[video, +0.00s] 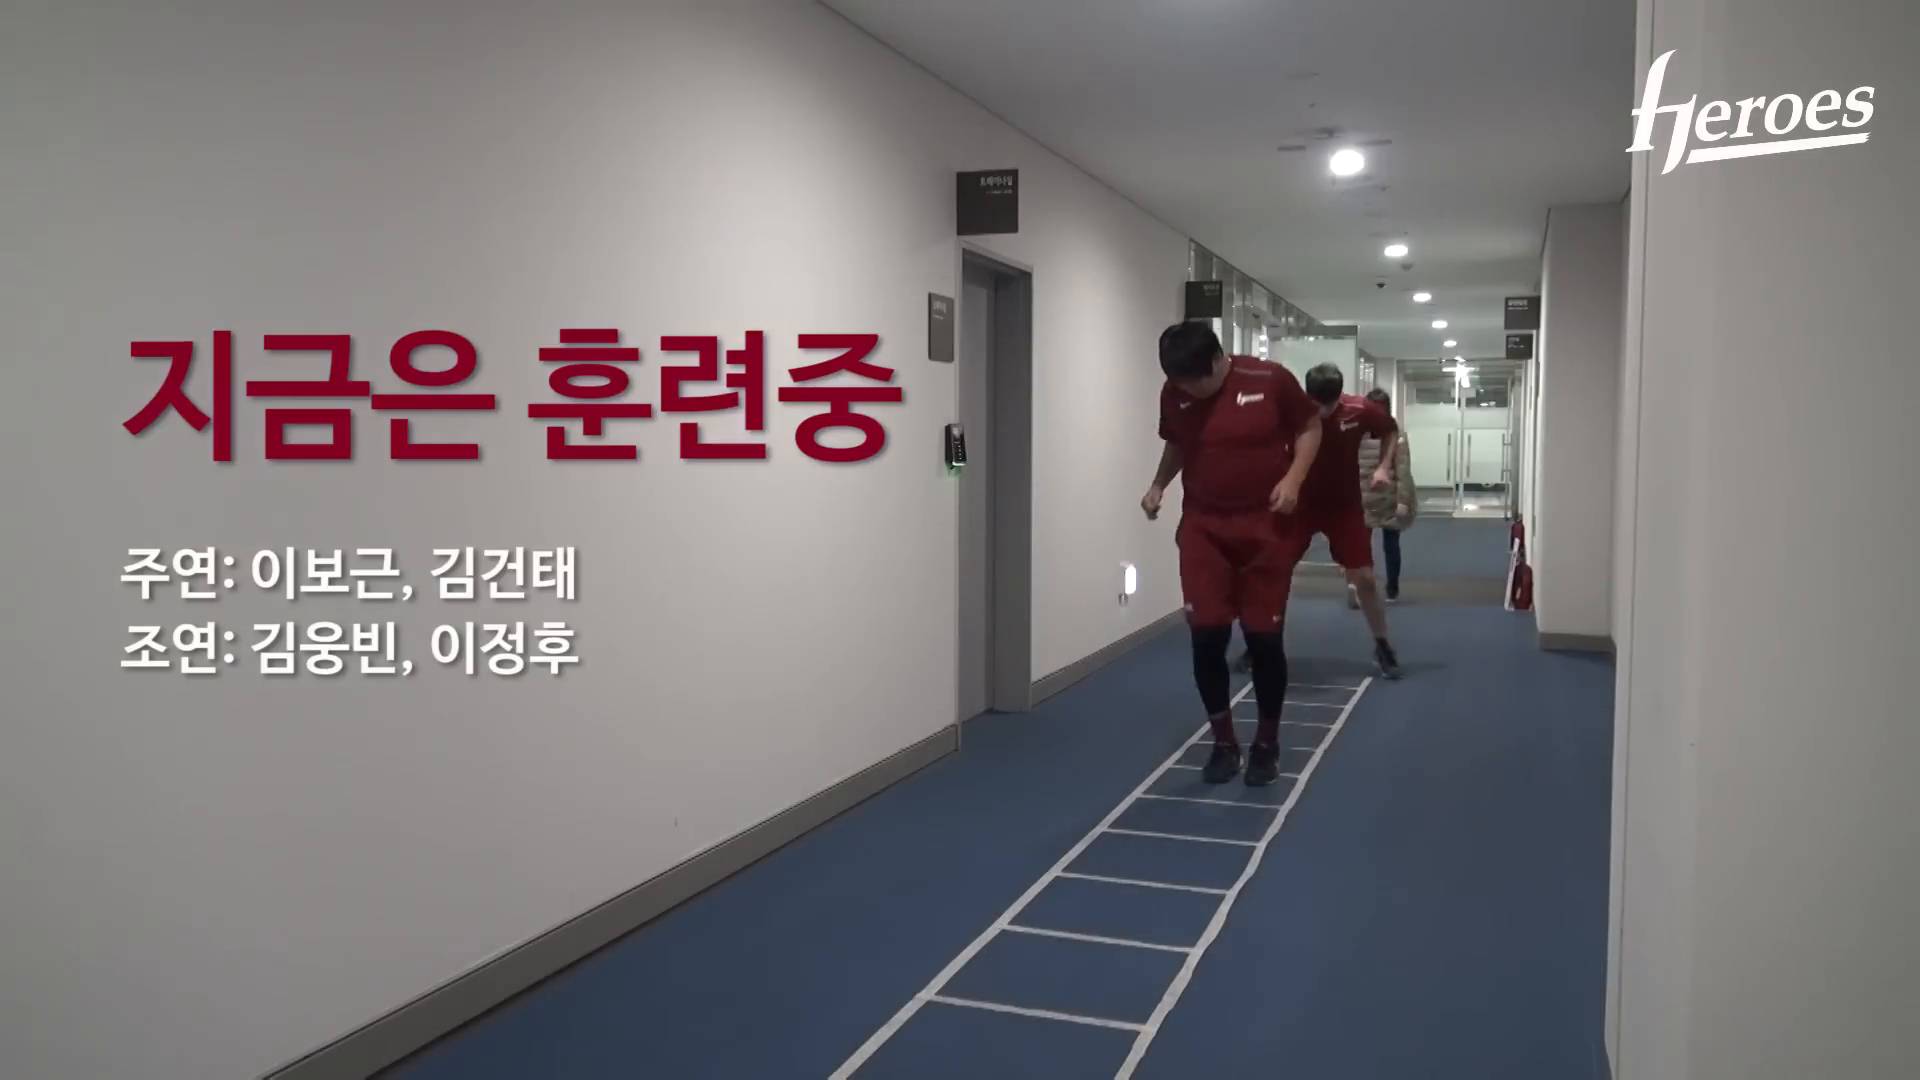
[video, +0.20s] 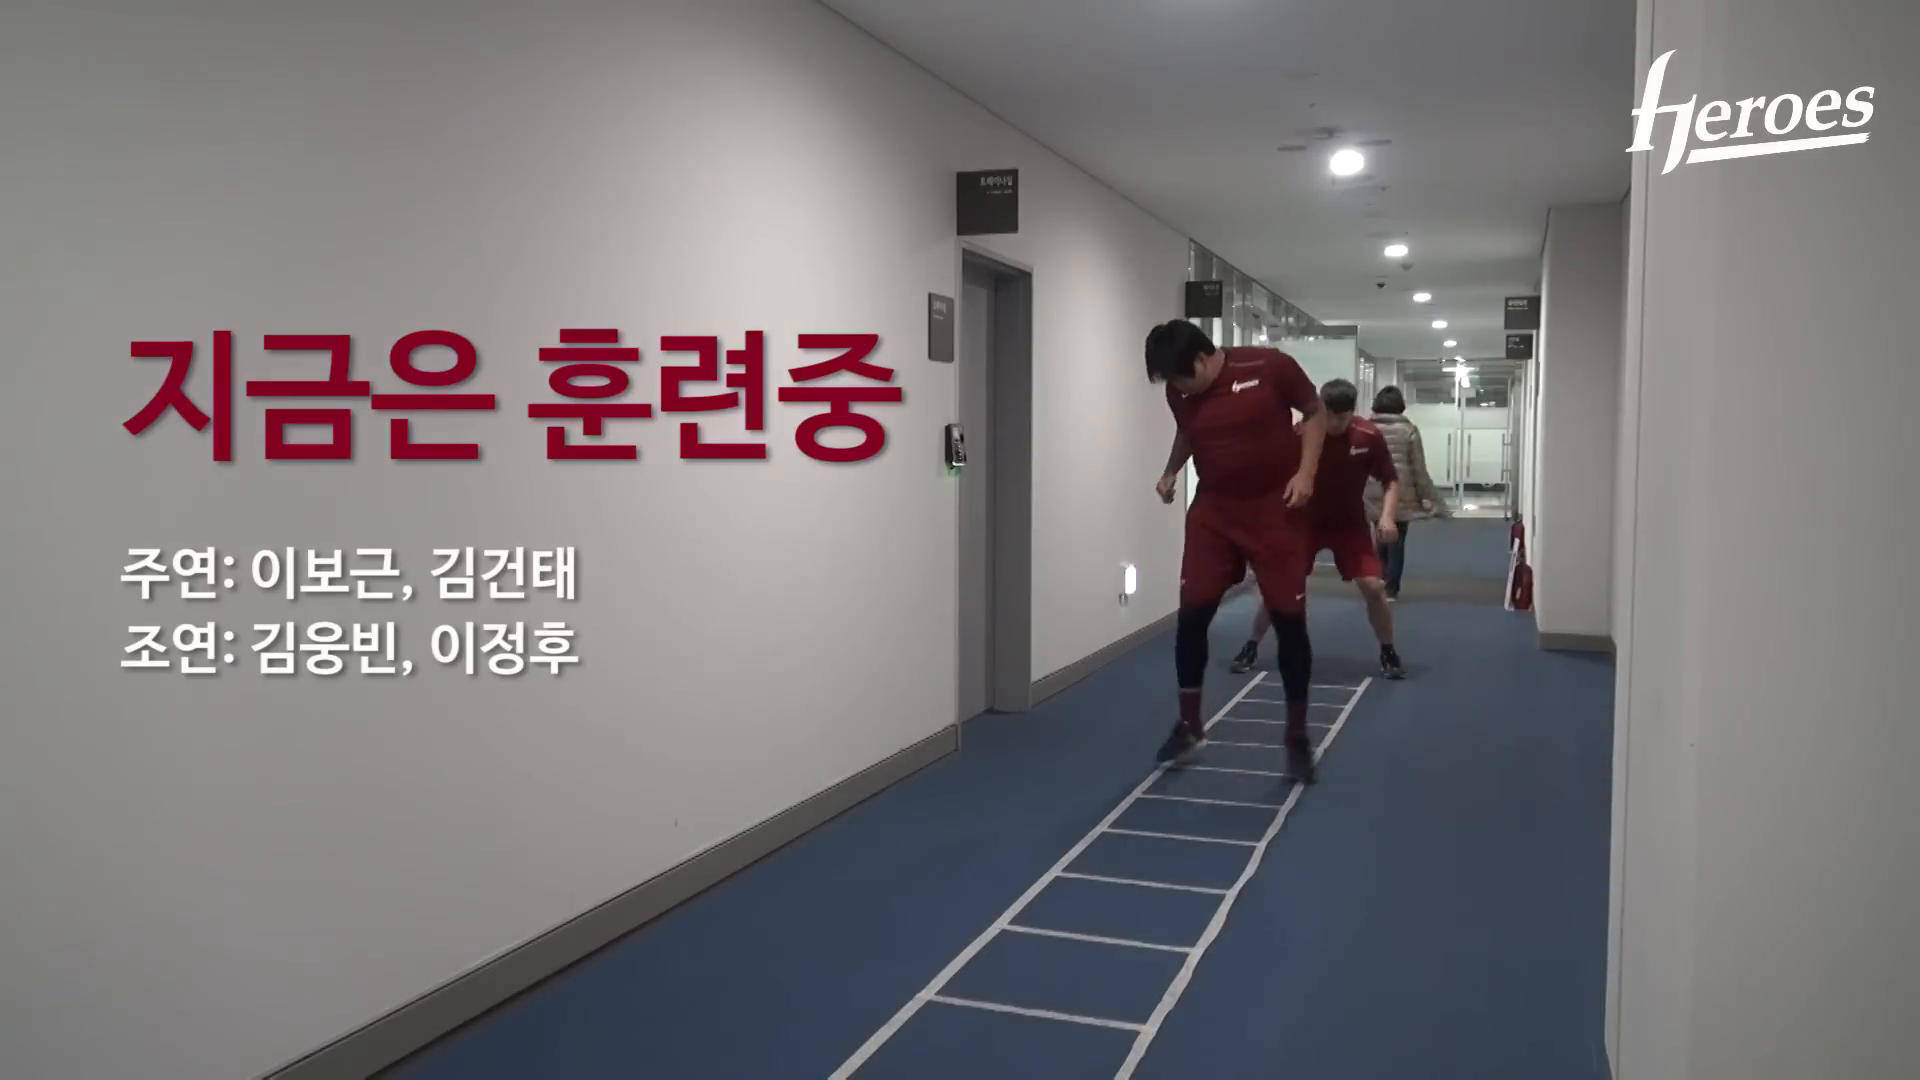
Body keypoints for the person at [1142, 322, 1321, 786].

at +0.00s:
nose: (1190, 393)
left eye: (1197, 385)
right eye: (1182, 386)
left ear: (1219, 363)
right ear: (1172, 375)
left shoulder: (1271, 380)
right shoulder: (1175, 394)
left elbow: (1311, 427)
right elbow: (1176, 443)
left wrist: (1293, 479)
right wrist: (1157, 484)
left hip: (1267, 531)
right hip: (1203, 531)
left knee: (1263, 639)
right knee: (1206, 639)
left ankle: (1266, 743)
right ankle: (1224, 742)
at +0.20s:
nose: (1176, 390)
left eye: (1179, 380)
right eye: (1171, 383)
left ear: (1201, 359)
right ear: (1181, 369)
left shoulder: (1272, 366)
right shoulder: (1179, 392)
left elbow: (1316, 412)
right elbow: (1189, 431)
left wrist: (1306, 471)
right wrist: (1170, 472)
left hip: (1276, 514)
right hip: (1213, 514)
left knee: (1289, 620)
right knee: (1191, 617)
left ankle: (1297, 735)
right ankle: (1190, 725)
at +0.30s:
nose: (1180, 401)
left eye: (1183, 391)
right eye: (1175, 394)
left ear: (1205, 373)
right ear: (1194, 378)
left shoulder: (1272, 385)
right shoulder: (1184, 409)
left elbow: (1316, 430)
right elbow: (1187, 448)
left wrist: (1323, 497)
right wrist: (1164, 486)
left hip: (1277, 529)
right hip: (1214, 532)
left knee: (1310, 630)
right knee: (1174, 625)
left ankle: (1346, 727)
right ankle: (1160, 718)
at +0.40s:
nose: (1181, 407)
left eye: (1183, 398)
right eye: (1176, 401)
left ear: (1204, 381)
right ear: (1198, 384)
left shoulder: (1275, 400)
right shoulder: (1189, 418)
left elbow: (1324, 445)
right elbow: (1188, 466)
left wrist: (1333, 510)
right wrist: (1154, 502)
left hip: (1278, 547)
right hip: (1213, 549)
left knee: (1316, 641)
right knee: (1174, 634)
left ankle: (1350, 735)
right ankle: (1159, 724)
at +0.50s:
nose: (1179, 389)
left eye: (1179, 379)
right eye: (1173, 383)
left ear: (1198, 360)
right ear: (1193, 364)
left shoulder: (1269, 371)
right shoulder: (1191, 395)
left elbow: (1324, 410)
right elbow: (1203, 442)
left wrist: (1324, 479)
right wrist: (1176, 478)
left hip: (1278, 516)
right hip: (1220, 520)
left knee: (1302, 620)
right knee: (1195, 616)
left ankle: (1336, 730)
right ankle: (1170, 718)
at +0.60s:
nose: (1179, 381)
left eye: (1178, 371)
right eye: (1173, 375)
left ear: (1195, 352)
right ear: (1190, 358)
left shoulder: (1269, 366)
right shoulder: (1195, 391)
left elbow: (1324, 404)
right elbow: (1214, 438)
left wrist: (1326, 467)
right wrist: (1185, 473)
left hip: (1281, 506)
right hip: (1225, 509)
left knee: (1286, 614)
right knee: (1207, 612)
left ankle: (1296, 717)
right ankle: (1222, 708)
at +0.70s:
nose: (1184, 391)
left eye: (1182, 381)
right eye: (1178, 384)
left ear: (1198, 362)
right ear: (1193, 365)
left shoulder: (1270, 379)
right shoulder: (1201, 398)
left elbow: (1334, 417)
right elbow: (1213, 449)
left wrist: (1347, 475)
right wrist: (1184, 480)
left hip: (1278, 524)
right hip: (1224, 526)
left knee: (1282, 622)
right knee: (1223, 622)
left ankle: (1292, 723)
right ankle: (1247, 721)